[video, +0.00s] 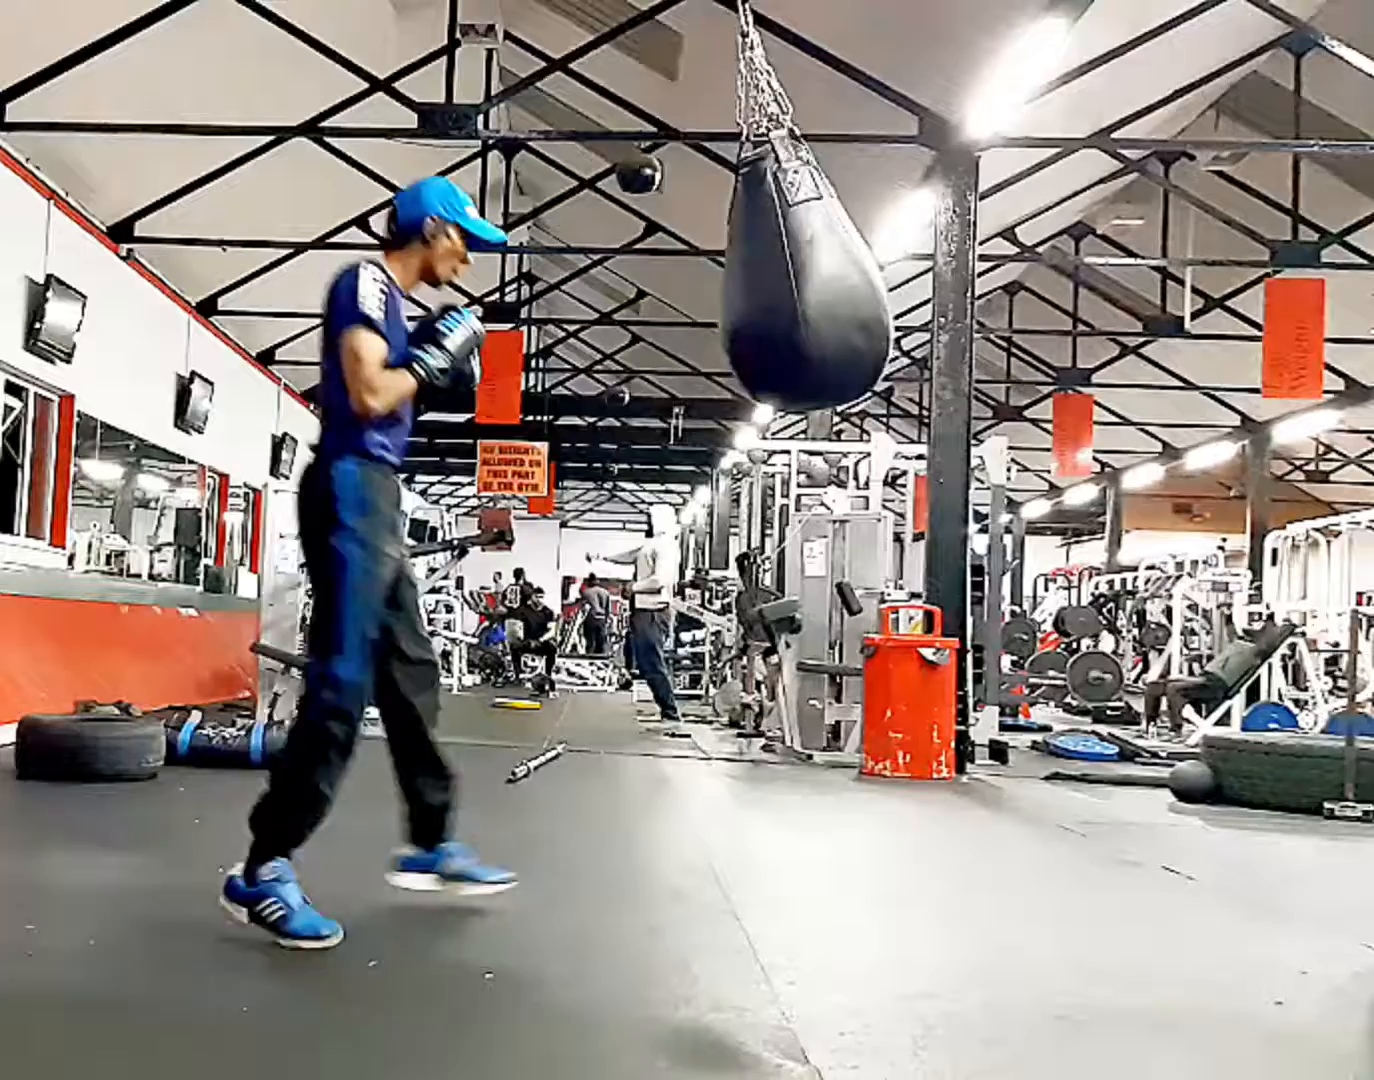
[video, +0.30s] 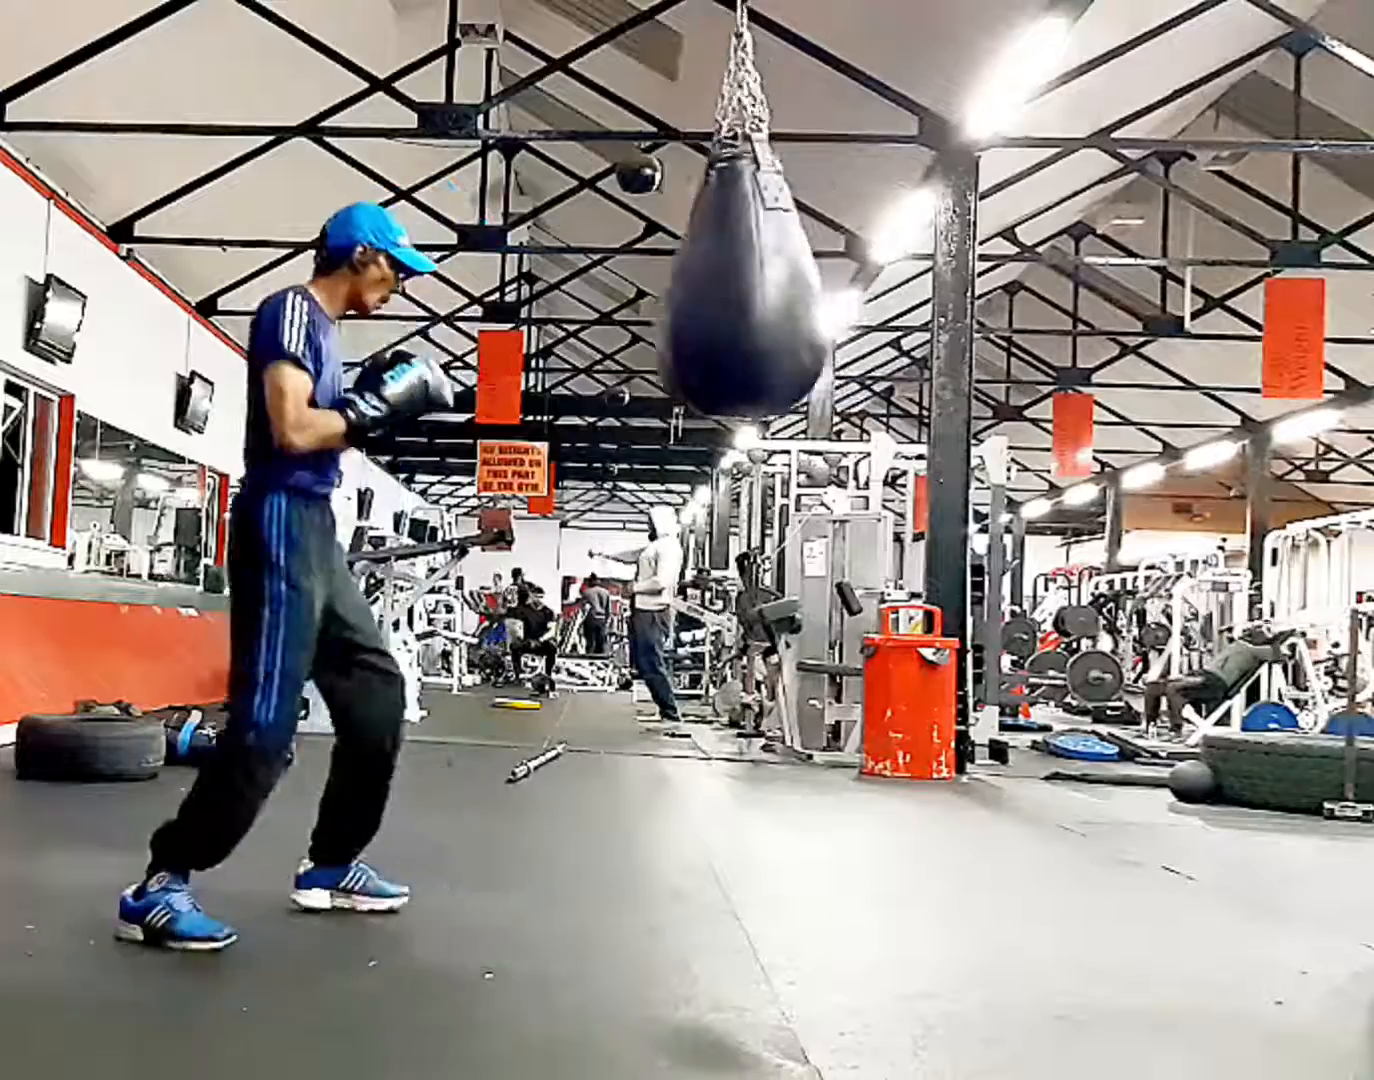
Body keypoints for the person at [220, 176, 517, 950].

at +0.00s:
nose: (466, 260)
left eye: (468, 248)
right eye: (462, 244)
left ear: (429, 236)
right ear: (431, 234)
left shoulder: (402, 306)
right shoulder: (363, 285)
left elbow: (386, 398)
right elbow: (370, 398)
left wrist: (434, 371)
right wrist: (432, 359)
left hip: (378, 491)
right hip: (349, 487)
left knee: (408, 673)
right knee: (342, 683)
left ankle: (429, 845)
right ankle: (262, 870)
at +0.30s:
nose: (396, 287)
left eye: (399, 275)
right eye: (393, 272)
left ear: (359, 261)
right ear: (360, 259)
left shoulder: (325, 330)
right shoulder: (292, 312)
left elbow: (315, 426)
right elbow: (291, 430)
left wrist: (367, 396)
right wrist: (373, 414)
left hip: (314, 523)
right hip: (278, 519)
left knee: (377, 696)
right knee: (265, 723)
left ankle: (331, 868)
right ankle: (160, 885)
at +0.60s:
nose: (400, 298)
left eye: (401, 289)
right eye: (395, 285)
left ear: (336, 279)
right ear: (368, 276)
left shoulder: (280, 336)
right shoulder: (341, 313)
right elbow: (433, 343)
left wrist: (396, 375)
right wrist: (483, 324)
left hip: (282, 519)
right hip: (306, 517)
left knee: (342, 694)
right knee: (270, 704)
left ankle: (322, 861)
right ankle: (160, 883)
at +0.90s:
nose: (406, 288)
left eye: (410, 276)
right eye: (401, 272)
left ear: (373, 266)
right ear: (366, 259)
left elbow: (445, 380)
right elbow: (256, 417)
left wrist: (518, 381)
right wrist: (341, 412)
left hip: (315, 519)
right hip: (259, 508)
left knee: (338, 695)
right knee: (252, 687)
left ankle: (324, 858)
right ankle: (183, 842)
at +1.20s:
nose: (357, 295)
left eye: (359, 284)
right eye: (350, 281)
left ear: (320, 277)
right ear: (312, 272)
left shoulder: (304, 347)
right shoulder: (238, 322)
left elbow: (283, 438)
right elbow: (231, 434)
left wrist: (339, 438)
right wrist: (308, 394)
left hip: (271, 528)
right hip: (219, 527)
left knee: (343, 674)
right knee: (214, 703)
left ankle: (323, 840)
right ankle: (137, 840)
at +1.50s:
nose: (330, 298)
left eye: (333, 287)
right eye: (325, 284)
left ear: (299, 278)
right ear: (288, 272)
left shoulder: (295, 343)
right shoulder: (221, 323)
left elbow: (297, 447)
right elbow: (245, 427)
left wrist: (354, 405)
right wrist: (312, 382)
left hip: (270, 528)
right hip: (221, 526)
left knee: (291, 685)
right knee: (219, 693)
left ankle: (233, 837)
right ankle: (142, 840)